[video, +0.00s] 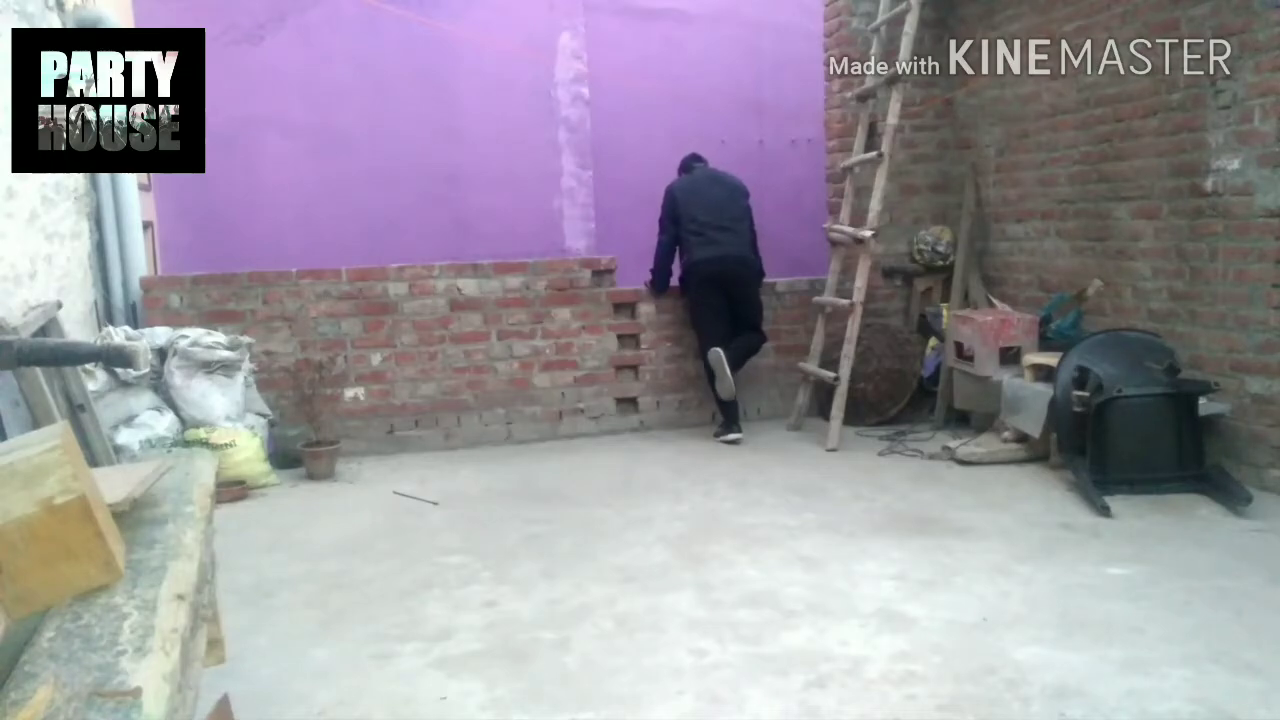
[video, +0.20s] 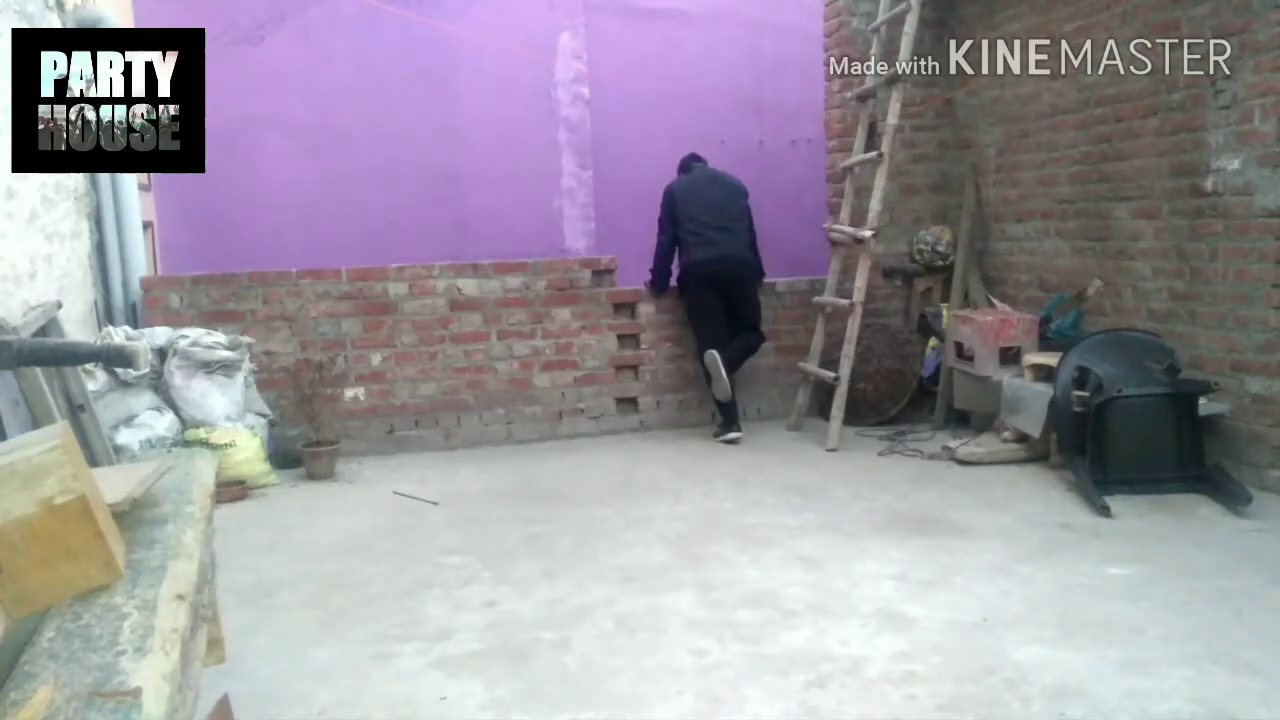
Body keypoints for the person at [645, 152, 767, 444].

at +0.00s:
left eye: (680, 176)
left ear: (682, 172)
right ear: (707, 167)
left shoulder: (676, 189)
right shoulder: (735, 184)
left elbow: (667, 239)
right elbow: (749, 231)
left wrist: (659, 283)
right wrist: (756, 267)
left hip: (701, 272)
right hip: (742, 268)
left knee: (714, 344)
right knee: (753, 331)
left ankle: (730, 423)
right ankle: (729, 360)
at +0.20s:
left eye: (680, 175)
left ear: (681, 172)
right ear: (706, 167)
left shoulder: (675, 189)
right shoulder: (734, 184)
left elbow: (666, 240)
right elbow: (748, 231)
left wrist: (659, 283)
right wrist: (756, 268)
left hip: (698, 272)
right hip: (740, 269)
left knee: (712, 343)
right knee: (751, 332)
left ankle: (730, 423)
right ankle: (725, 362)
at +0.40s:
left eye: (680, 175)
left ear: (681, 172)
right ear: (706, 167)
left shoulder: (675, 189)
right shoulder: (735, 185)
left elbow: (666, 239)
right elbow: (748, 231)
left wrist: (659, 282)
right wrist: (756, 269)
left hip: (697, 273)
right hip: (739, 269)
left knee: (710, 343)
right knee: (750, 332)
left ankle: (729, 422)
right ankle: (723, 361)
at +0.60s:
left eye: (679, 175)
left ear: (681, 172)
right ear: (706, 166)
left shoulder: (674, 189)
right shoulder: (734, 184)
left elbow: (666, 239)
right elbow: (748, 231)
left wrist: (659, 282)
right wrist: (756, 269)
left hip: (697, 273)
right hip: (739, 269)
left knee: (710, 343)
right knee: (749, 332)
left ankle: (729, 422)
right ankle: (722, 362)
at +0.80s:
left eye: (679, 174)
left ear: (681, 172)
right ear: (706, 166)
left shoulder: (674, 189)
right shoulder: (734, 185)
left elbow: (666, 239)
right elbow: (748, 232)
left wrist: (659, 282)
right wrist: (757, 270)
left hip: (697, 272)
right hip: (739, 268)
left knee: (711, 342)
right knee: (750, 332)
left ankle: (729, 422)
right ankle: (722, 362)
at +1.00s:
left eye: (679, 174)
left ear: (681, 171)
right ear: (706, 166)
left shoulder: (674, 189)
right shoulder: (734, 185)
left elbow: (666, 239)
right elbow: (748, 232)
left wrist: (659, 282)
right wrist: (757, 269)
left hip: (698, 271)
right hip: (739, 268)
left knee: (711, 342)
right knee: (750, 332)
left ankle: (729, 422)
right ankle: (723, 362)